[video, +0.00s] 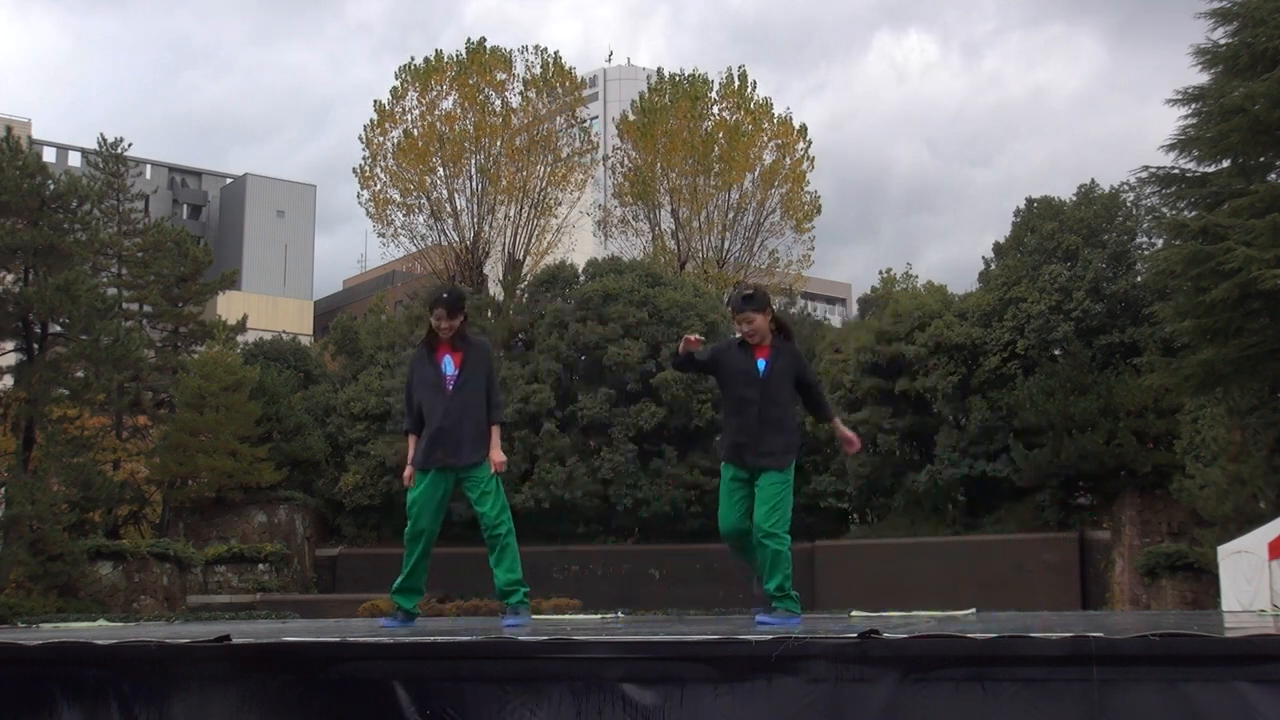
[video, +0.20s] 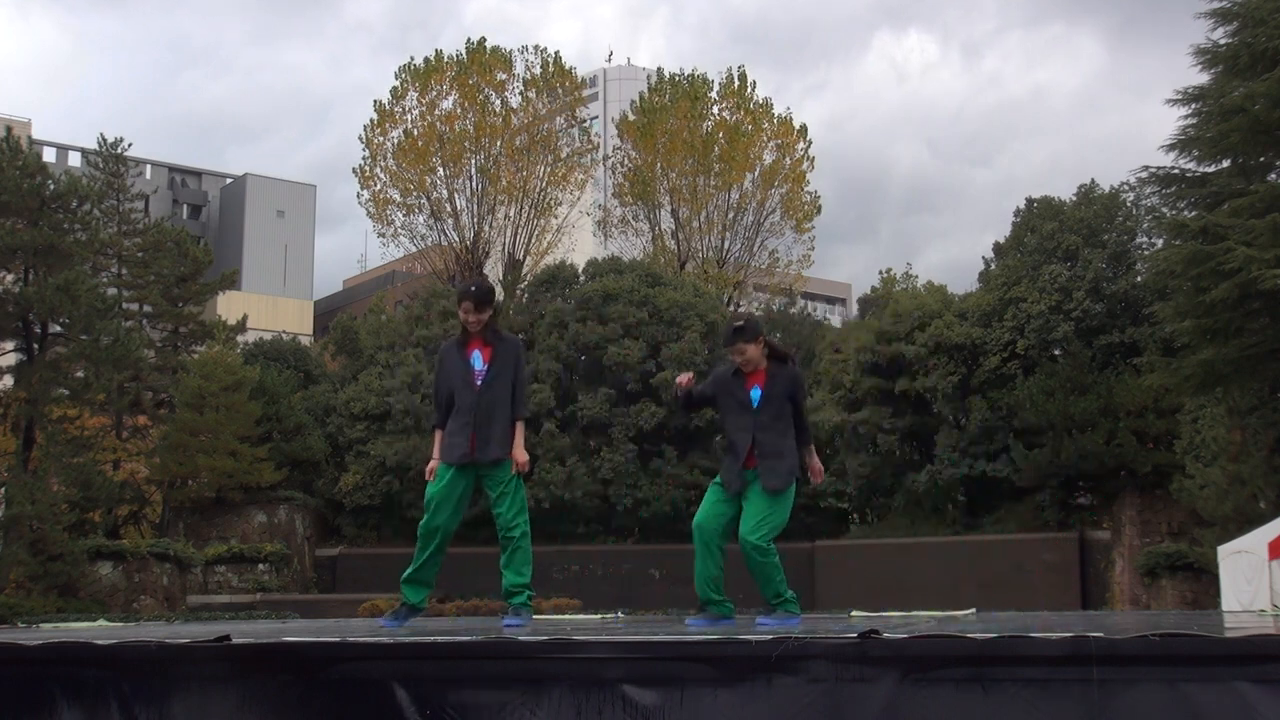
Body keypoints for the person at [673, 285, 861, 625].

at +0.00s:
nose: (745, 329)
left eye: (750, 321)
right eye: (739, 323)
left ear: (769, 316)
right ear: (734, 322)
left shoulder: (789, 354)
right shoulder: (726, 353)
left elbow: (811, 393)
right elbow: (687, 365)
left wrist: (838, 426)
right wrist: (685, 352)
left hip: (777, 458)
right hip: (736, 457)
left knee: (768, 528)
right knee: (731, 527)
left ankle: (785, 606)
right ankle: (768, 576)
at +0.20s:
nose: (738, 360)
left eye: (743, 352)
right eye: (734, 354)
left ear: (761, 344)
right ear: (729, 352)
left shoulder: (788, 376)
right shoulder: (724, 377)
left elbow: (800, 420)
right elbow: (691, 405)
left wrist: (811, 457)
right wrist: (684, 391)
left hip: (775, 474)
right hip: (734, 473)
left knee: (753, 537)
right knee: (704, 526)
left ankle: (785, 608)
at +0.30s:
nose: (727, 362)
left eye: (731, 355)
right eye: (722, 357)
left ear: (749, 344)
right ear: (719, 355)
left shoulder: (781, 370)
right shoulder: (721, 379)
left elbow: (809, 408)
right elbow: (705, 405)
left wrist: (823, 445)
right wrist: (683, 410)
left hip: (781, 469)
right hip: (740, 469)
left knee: (760, 531)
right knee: (717, 528)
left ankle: (785, 608)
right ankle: (718, 608)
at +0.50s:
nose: (732, 342)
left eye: (737, 334)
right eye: (727, 336)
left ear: (754, 326)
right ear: (725, 335)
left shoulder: (782, 353)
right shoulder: (724, 359)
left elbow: (807, 373)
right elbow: (706, 393)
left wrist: (824, 381)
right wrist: (690, 408)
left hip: (780, 459)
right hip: (744, 460)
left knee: (770, 528)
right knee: (756, 531)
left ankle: (785, 605)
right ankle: (786, 598)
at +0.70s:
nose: (731, 339)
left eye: (735, 332)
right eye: (727, 334)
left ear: (754, 324)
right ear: (725, 332)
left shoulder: (785, 356)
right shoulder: (724, 357)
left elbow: (811, 397)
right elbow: (711, 393)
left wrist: (798, 398)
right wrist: (699, 411)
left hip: (773, 460)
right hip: (735, 458)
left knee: (769, 529)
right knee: (729, 522)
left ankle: (784, 605)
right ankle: (789, 527)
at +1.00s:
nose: (685, 358)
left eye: (689, 350)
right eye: (682, 353)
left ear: (707, 340)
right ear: (684, 351)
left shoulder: (741, 365)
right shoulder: (690, 376)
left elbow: (765, 410)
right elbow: (696, 416)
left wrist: (736, 439)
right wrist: (697, 445)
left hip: (760, 459)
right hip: (719, 461)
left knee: (766, 532)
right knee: (712, 533)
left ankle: (784, 606)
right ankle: (714, 606)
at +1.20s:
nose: (656, 357)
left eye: (656, 349)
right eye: (653, 351)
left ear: (672, 342)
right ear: (673, 344)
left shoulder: (706, 372)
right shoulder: (692, 375)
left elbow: (735, 415)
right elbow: (698, 425)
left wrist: (709, 446)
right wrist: (678, 455)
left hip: (745, 464)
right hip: (716, 467)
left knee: (749, 529)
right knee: (705, 533)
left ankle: (796, 545)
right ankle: (715, 606)